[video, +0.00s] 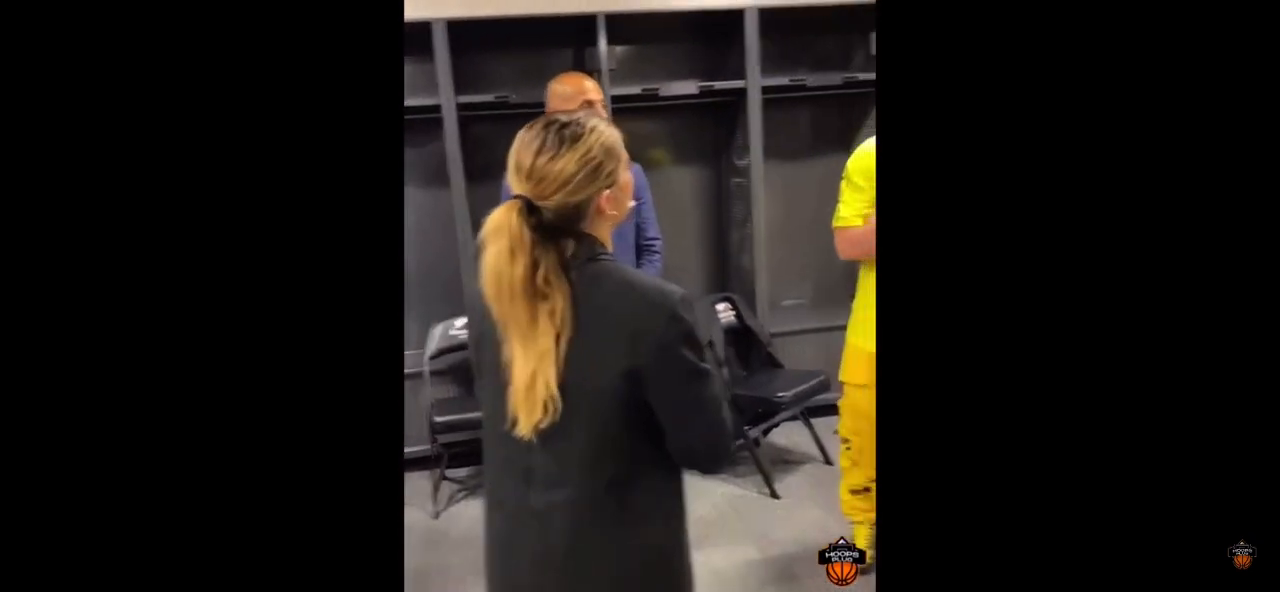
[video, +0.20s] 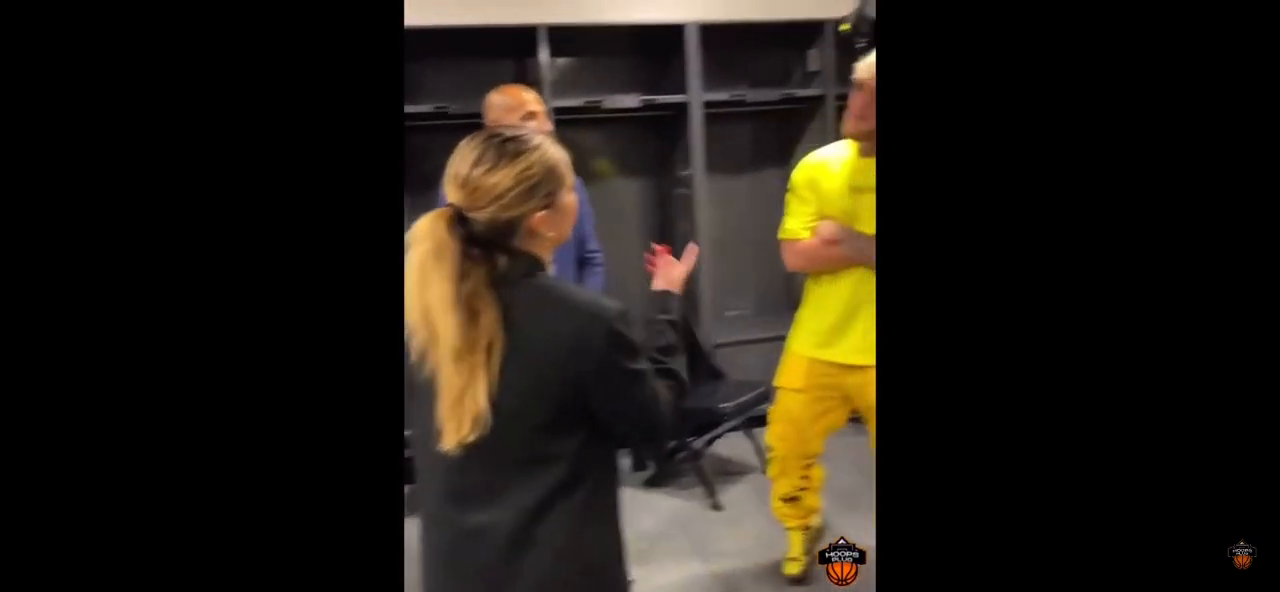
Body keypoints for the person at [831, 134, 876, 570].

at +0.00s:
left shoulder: (866, 158)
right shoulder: (867, 157)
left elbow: (846, 242)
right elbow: (847, 243)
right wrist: (875, 230)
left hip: (868, 329)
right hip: (869, 328)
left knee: (861, 431)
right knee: (860, 429)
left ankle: (864, 534)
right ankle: (863, 533)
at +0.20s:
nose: (854, 99)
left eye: (865, 91)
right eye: (854, 88)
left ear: (884, 103)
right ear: (851, 96)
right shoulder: (818, 168)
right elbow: (795, 255)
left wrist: (841, 237)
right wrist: (862, 249)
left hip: (873, 354)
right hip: (817, 347)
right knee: (787, 442)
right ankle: (800, 526)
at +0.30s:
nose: (833, 106)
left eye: (851, 99)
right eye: (831, 95)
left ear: (877, 112)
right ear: (825, 99)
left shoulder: (876, 178)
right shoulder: (789, 173)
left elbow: (871, 274)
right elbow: (769, 261)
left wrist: (812, 240)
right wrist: (853, 253)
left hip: (862, 359)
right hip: (788, 351)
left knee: (870, 476)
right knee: (760, 451)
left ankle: (868, 573)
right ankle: (766, 540)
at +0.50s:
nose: (784, 119)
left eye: (801, 113)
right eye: (781, 107)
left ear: (827, 128)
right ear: (771, 110)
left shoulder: (848, 192)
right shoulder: (734, 184)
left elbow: (842, 291)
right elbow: (717, 275)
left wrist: (759, 253)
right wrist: (804, 265)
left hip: (820, 363)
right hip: (745, 358)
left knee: (835, 486)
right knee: (723, 475)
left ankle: (841, 583)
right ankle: (696, 576)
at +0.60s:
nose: (758, 124)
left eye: (775, 117)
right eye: (754, 111)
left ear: (799, 130)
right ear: (745, 114)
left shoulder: (821, 192)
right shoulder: (709, 188)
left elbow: (818, 290)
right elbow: (694, 279)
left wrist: (736, 254)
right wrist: (778, 268)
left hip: (798, 365)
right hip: (724, 363)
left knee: (818, 492)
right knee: (706, 486)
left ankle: (828, 584)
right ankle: (681, 582)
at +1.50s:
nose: (645, 117)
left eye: (659, 106)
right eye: (637, 104)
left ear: (682, 116)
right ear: (626, 110)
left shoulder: (712, 177)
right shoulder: (600, 187)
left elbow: (726, 269)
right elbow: (593, 281)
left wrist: (634, 254)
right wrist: (681, 265)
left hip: (703, 360)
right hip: (628, 368)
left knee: (738, 491)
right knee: (651, 501)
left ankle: (759, 583)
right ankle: (662, 583)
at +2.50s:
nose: (680, 141)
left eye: (698, 129)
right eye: (676, 126)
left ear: (734, 141)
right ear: (667, 129)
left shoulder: (767, 217)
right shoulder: (641, 209)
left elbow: (757, 332)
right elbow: (617, 317)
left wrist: (661, 294)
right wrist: (714, 312)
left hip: (726, 420)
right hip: (645, 411)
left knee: (728, 556)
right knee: (625, 536)